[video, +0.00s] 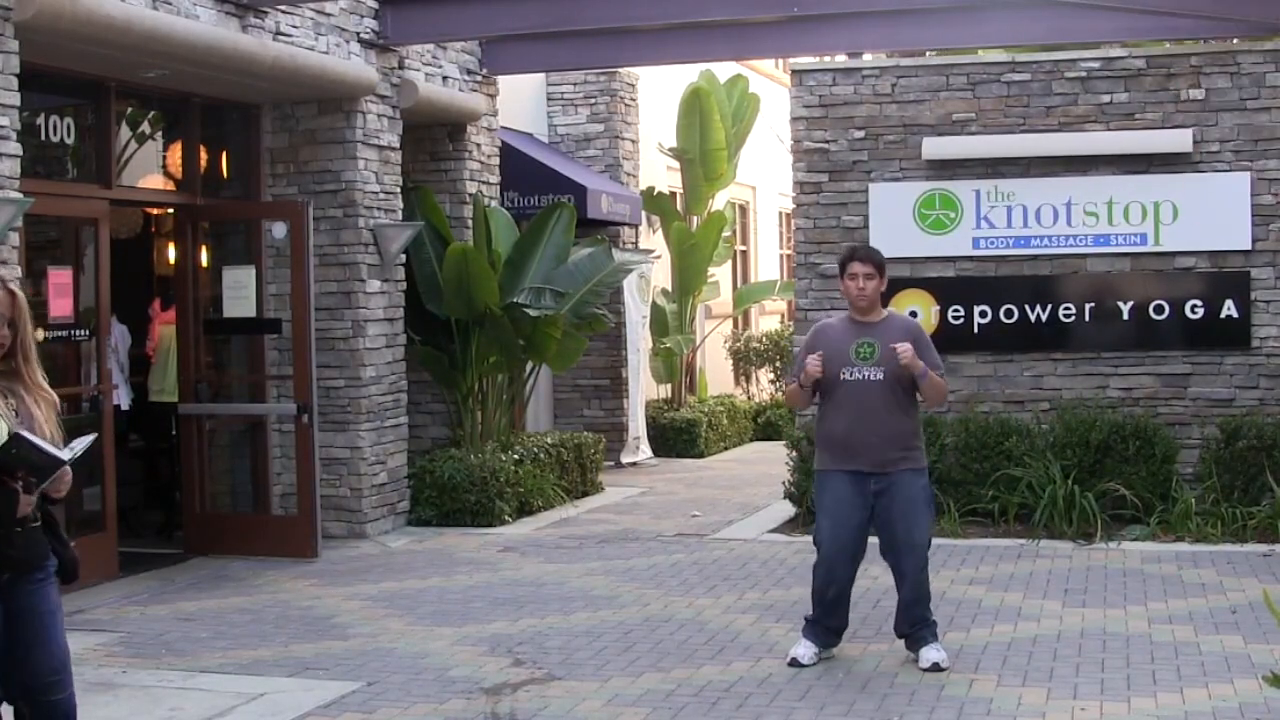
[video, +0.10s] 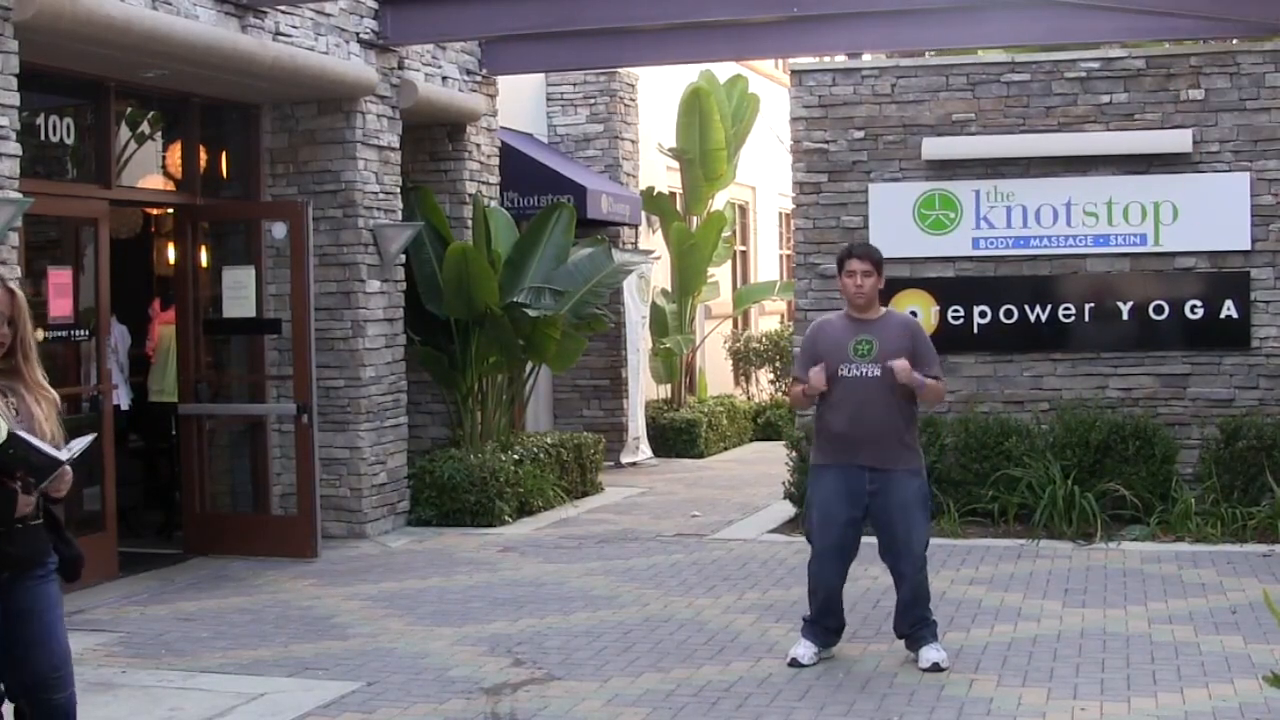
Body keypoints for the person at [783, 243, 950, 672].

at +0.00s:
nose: (859, 285)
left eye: (868, 277)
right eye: (851, 278)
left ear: (882, 282)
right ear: (841, 285)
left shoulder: (908, 330)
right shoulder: (823, 333)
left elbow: (938, 398)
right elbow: (795, 401)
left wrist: (918, 369)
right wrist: (806, 381)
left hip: (903, 466)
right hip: (839, 467)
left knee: (912, 553)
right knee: (833, 553)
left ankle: (923, 638)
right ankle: (818, 636)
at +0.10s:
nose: (857, 282)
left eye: (866, 275)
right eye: (850, 275)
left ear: (880, 280)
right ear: (839, 281)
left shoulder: (908, 327)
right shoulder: (820, 331)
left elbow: (937, 395)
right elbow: (794, 398)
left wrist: (913, 381)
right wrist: (809, 389)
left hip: (899, 463)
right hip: (835, 463)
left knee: (910, 554)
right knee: (826, 552)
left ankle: (923, 637)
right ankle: (818, 634)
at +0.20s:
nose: (857, 278)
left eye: (866, 270)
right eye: (849, 270)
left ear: (880, 276)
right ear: (839, 278)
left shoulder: (907, 325)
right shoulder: (818, 328)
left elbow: (936, 388)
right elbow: (798, 386)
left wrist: (917, 397)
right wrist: (807, 401)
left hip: (897, 461)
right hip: (832, 460)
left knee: (909, 552)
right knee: (825, 550)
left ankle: (923, 637)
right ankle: (818, 634)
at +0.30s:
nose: (856, 279)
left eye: (865, 271)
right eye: (849, 272)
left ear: (879, 277)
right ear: (838, 279)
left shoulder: (905, 327)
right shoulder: (815, 329)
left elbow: (931, 385)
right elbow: (795, 383)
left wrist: (922, 415)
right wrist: (797, 415)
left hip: (892, 460)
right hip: (828, 459)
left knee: (907, 551)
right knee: (824, 551)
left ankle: (923, 637)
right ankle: (818, 635)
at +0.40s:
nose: (854, 283)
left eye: (863, 276)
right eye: (846, 276)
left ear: (877, 282)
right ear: (836, 282)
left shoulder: (903, 331)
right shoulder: (812, 332)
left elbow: (926, 388)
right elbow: (794, 383)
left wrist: (922, 425)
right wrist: (791, 422)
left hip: (889, 458)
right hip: (824, 458)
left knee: (905, 548)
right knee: (821, 549)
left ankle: (921, 637)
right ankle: (817, 635)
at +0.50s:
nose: (854, 283)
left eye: (862, 276)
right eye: (846, 276)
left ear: (877, 282)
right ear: (835, 282)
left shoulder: (902, 331)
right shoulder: (812, 332)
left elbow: (925, 388)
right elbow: (794, 383)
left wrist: (919, 420)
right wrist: (791, 417)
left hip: (888, 457)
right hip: (824, 457)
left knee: (901, 545)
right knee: (820, 548)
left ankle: (921, 637)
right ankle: (817, 634)